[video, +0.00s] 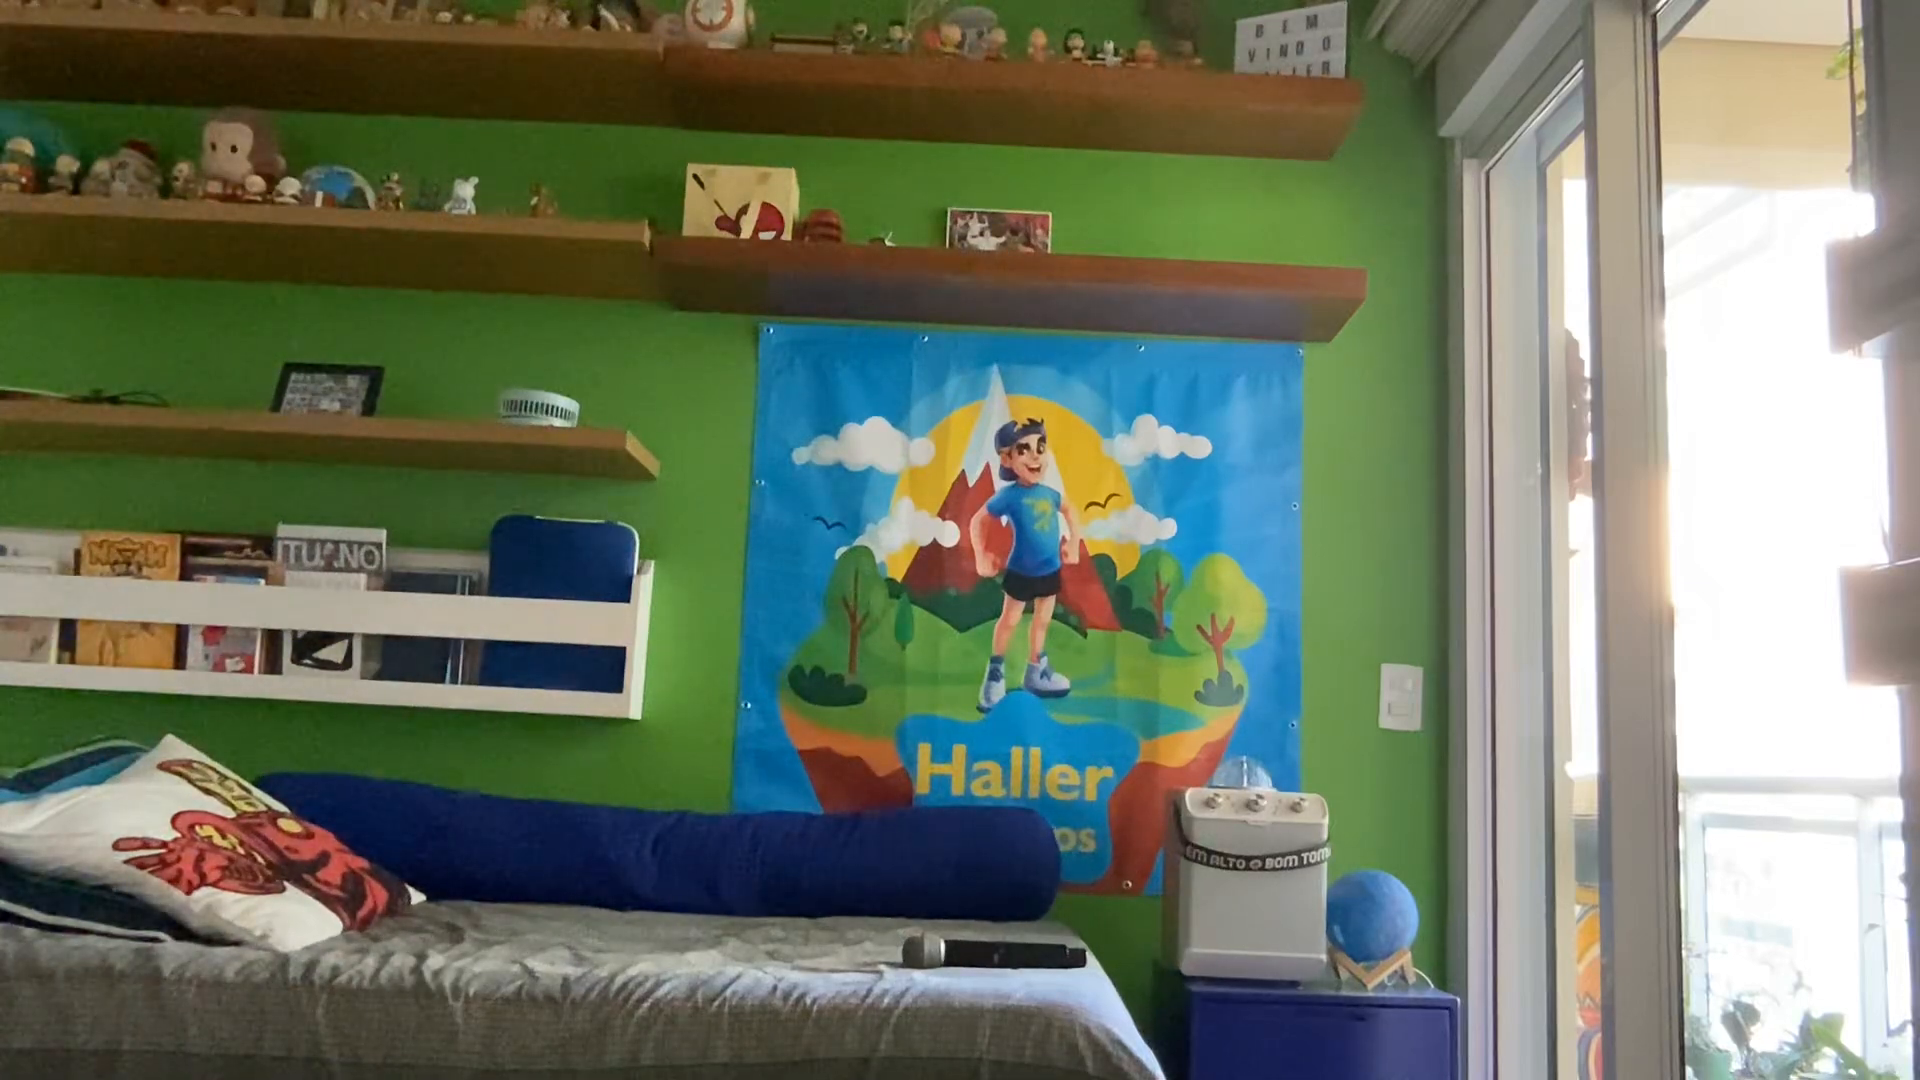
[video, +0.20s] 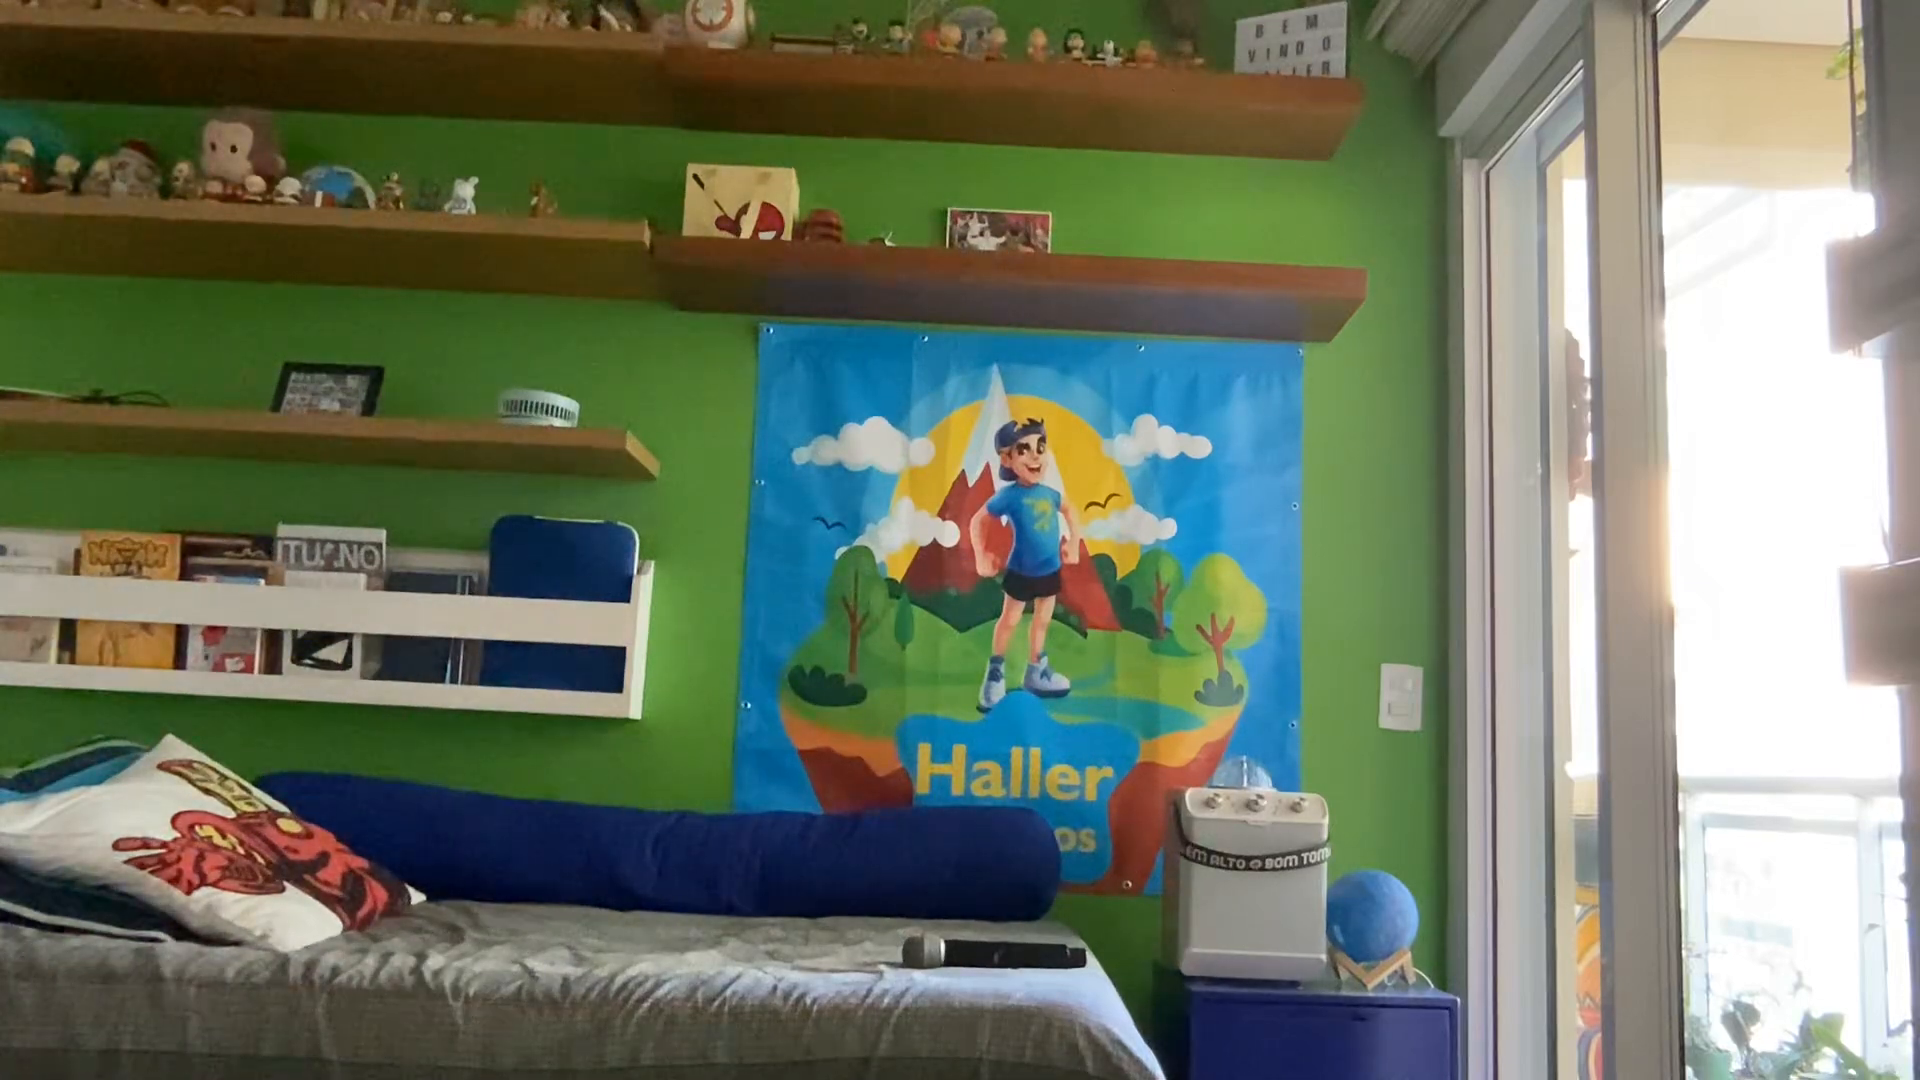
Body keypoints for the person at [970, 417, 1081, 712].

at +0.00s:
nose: (1034, 458)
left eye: (1040, 449)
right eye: (1024, 450)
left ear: (1046, 454)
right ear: (1007, 459)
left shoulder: (1050, 494)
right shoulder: (1007, 496)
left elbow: (1069, 512)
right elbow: (977, 521)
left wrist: (1074, 541)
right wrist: (980, 555)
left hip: (1049, 570)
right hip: (1020, 571)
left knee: (1043, 618)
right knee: (1010, 619)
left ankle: (1036, 670)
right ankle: (995, 671)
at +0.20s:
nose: (1034, 458)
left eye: (1040, 450)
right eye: (1024, 450)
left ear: (1046, 455)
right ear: (1008, 459)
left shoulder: (1050, 494)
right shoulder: (1008, 496)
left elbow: (1070, 513)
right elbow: (977, 521)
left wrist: (1074, 542)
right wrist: (980, 555)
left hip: (1049, 570)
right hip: (1020, 572)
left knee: (1043, 618)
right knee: (1010, 619)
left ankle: (1036, 670)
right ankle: (995, 672)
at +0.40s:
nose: (1034, 458)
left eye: (1040, 450)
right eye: (1024, 450)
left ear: (1046, 455)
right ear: (1008, 459)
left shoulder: (1050, 494)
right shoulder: (1007, 496)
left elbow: (1070, 513)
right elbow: (977, 521)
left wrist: (1074, 542)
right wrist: (980, 555)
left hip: (1049, 570)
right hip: (1020, 571)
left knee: (1043, 618)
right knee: (1010, 619)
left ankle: (1036, 670)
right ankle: (995, 671)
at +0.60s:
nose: (1034, 458)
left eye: (1040, 450)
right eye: (1024, 450)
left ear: (1047, 455)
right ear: (1008, 459)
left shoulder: (1050, 494)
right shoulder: (1007, 496)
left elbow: (1070, 513)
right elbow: (977, 521)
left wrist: (1074, 542)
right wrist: (980, 555)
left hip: (1049, 570)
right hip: (1020, 571)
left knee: (1043, 618)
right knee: (1010, 619)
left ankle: (1036, 670)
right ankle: (995, 672)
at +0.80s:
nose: (1034, 457)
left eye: (1040, 449)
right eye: (1024, 450)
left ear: (1046, 455)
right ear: (1007, 459)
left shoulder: (1050, 494)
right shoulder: (1007, 496)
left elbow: (1070, 513)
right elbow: (977, 521)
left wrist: (1074, 542)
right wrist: (980, 554)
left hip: (1049, 570)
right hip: (1020, 572)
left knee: (1043, 618)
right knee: (1010, 619)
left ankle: (1036, 670)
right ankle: (996, 671)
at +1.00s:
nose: (1034, 458)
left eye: (1040, 449)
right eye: (1024, 450)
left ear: (1046, 455)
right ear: (1008, 459)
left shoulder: (1050, 494)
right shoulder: (1007, 496)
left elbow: (1071, 513)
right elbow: (977, 521)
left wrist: (1074, 543)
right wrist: (980, 555)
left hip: (1049, 570)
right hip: (1020, 572)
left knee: (1043, 618)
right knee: (1010, 619)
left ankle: (1036, 670)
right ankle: (996, 671)